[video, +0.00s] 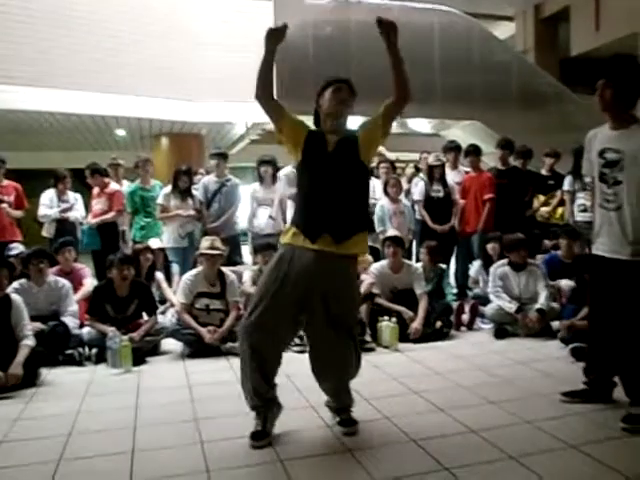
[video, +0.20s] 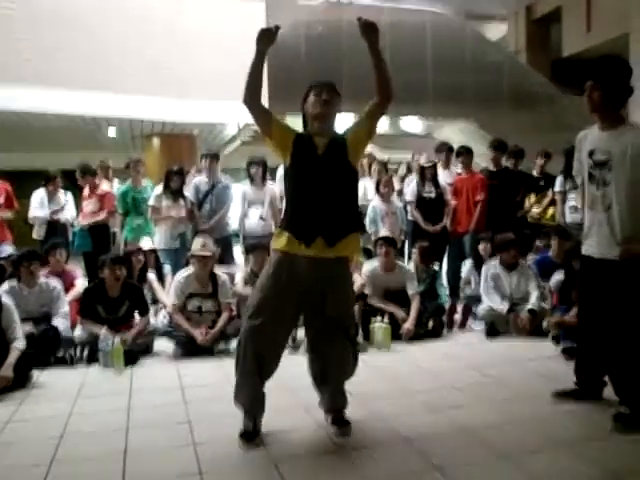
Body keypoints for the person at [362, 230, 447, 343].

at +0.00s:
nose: (393, 250)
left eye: (396, 246)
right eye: (389, 247)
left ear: (402, 249)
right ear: (384, 250)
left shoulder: (414, 269)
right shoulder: (377, 269)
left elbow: (423, 297)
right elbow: (375, 298)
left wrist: (418, 322)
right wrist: (402, 310)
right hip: (386, 304)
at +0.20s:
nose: (384, 250)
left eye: (388, 246)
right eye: (380, 247)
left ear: (394, 250)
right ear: (376, 250)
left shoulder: (406, 271)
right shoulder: (369, 269)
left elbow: (415, 297)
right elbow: (370, 297)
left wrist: (410, 322)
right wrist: (396, 311)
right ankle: (368, 339)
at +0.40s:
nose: (385, 225)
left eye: (388, 221)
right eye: (381, 222)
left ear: (394, 224)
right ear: (376, 226)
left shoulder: (405, 244)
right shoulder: (369, 244)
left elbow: (415, 272)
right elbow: (370, 273)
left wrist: (411, 296)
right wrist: (395, 286)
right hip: (378, 275)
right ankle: (370, 315)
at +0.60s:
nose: (385, 224)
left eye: (389, 220)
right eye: (382, 220)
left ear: (395, 224)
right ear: (377, 225)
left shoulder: (408, 244)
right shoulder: (370, 245)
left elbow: (416, 272)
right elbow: (370, 273)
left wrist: (413, 296)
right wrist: (395, 285)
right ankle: (371, 315)